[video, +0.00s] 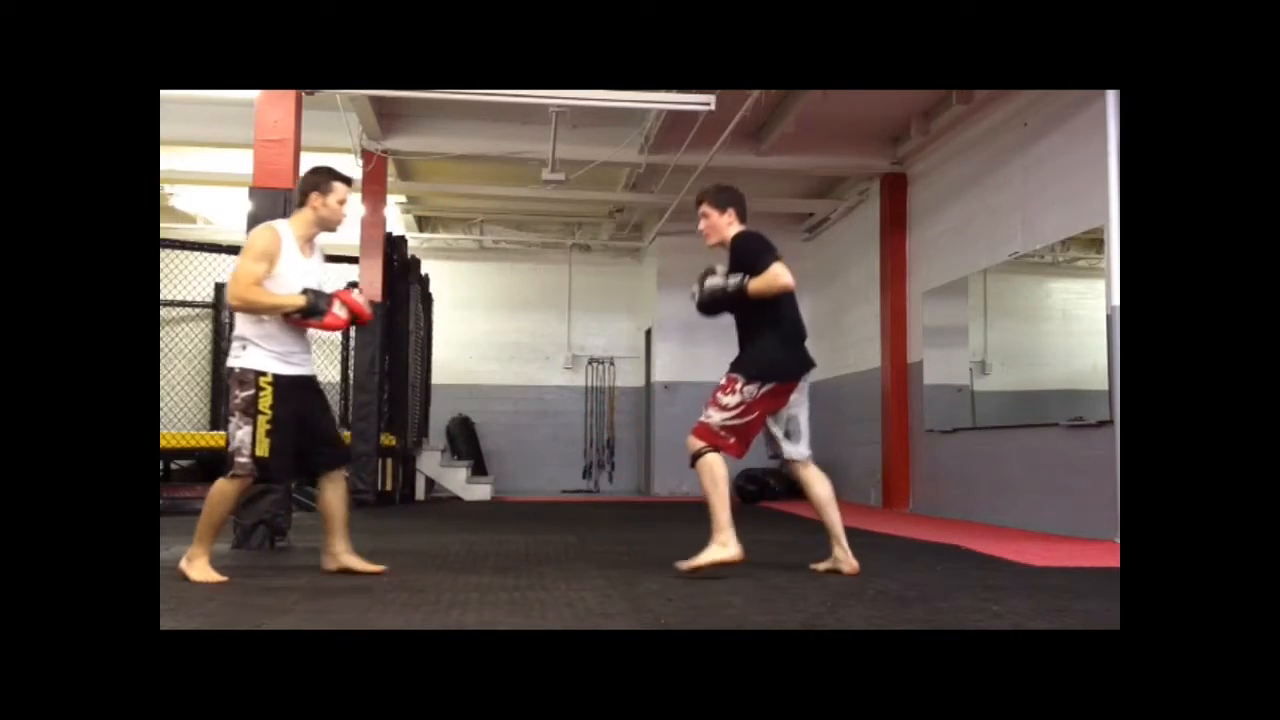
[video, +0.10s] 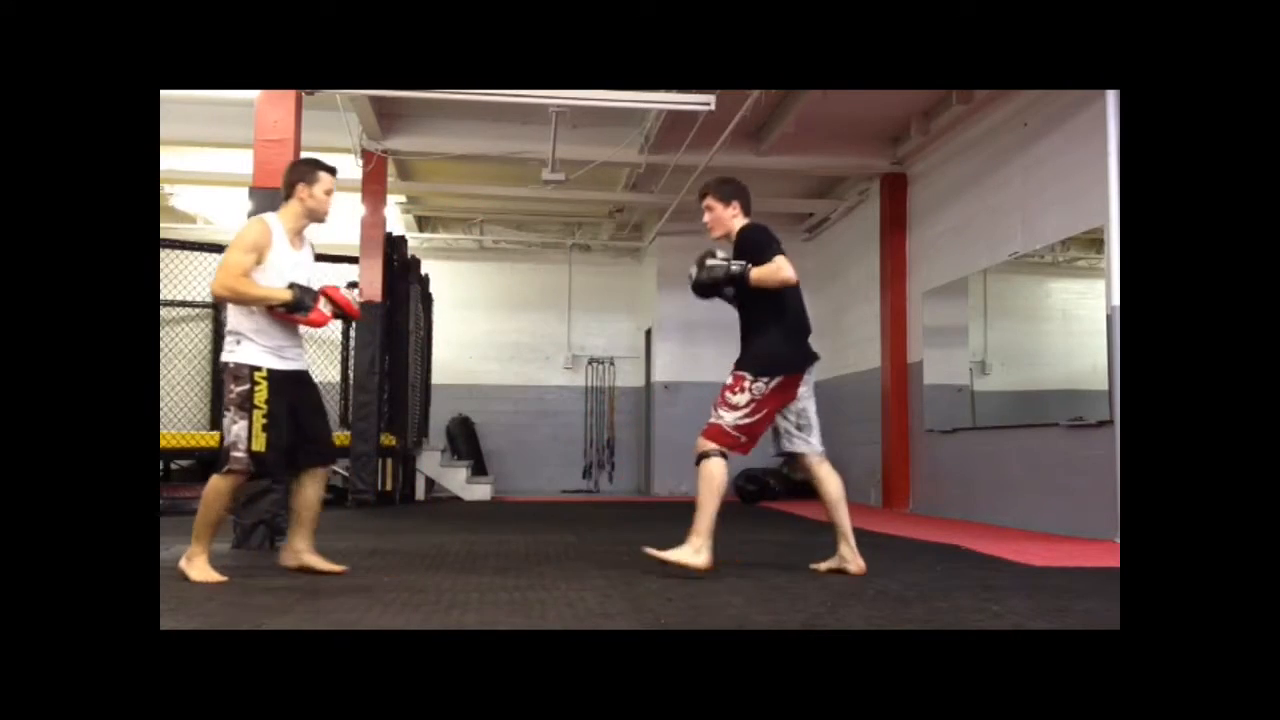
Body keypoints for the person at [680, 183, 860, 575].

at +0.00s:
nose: (700, 226)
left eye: (704, 217)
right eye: (699, 218)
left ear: (729, 215)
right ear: (727, 218)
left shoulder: (746, 243)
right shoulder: (746, 250)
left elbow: (783, 279)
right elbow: (761, 291)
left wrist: (732, 289)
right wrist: (721, 288)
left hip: (763, 364)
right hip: (791, 364)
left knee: (702, 442)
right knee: (799, 460)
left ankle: (724, 540)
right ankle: (843, 553)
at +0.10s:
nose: (704, 219)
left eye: (709, 210)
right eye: (703, 212)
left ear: (733, 208)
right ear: (732, 211)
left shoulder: (751, 235)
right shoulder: (750, 243)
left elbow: (785, 273)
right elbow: (760, 294)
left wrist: (735, 273)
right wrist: (722, 285)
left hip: (767, 360)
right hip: (792, 360)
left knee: (711, 446)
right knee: (812, 458)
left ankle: (698, 546)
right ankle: (849, 552)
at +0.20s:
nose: (706, 228)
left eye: (711, 219)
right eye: (704, 220)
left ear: (736, 217)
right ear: (734, 220)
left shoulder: (752, 245)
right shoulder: (752, 256)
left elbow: (776, 291)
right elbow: (746, 323)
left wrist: (726, 278)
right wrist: (717, 294)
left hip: (770, 370)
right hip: (793, 368)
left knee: (720, 458)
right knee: (820, 460)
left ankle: (684, 555)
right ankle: (850, 553)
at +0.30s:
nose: (697, 227)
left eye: (702, 218)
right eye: (695, 220)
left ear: (726, 215)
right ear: (726, 218)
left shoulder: (744, 247)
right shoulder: (747, 252)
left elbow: (748, 305)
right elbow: (739, 319)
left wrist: (708, 283)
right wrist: (707, 297)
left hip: (762, 374)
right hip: (784, 371)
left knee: (714, 461)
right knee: (811, 462)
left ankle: (678, 557)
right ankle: (849, 553)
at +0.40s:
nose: (679, 229)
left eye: (683, 219)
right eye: (677, 221)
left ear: (709, 216)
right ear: (708, 220)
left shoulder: (729, 251)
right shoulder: (730, 252)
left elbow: (711, 314)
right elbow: (720, 311)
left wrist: (682, 282)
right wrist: (690, 300)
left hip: (748, 374)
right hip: (770, 372)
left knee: (693, 457)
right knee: (789, 462)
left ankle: (674, 559)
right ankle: (845, 550)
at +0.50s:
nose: (662, 230)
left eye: (667, 221)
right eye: (661, 222)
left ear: (691, 218)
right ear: (694, 220)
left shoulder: (708, 253)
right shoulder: (726, 250)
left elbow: (694, 318)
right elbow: (721, 312)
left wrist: (667, 288)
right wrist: (680, 315)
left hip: (734, 372)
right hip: (761, 370)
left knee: (681, 453)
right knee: (759, 463)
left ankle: (673, 559)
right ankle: (829, 540)